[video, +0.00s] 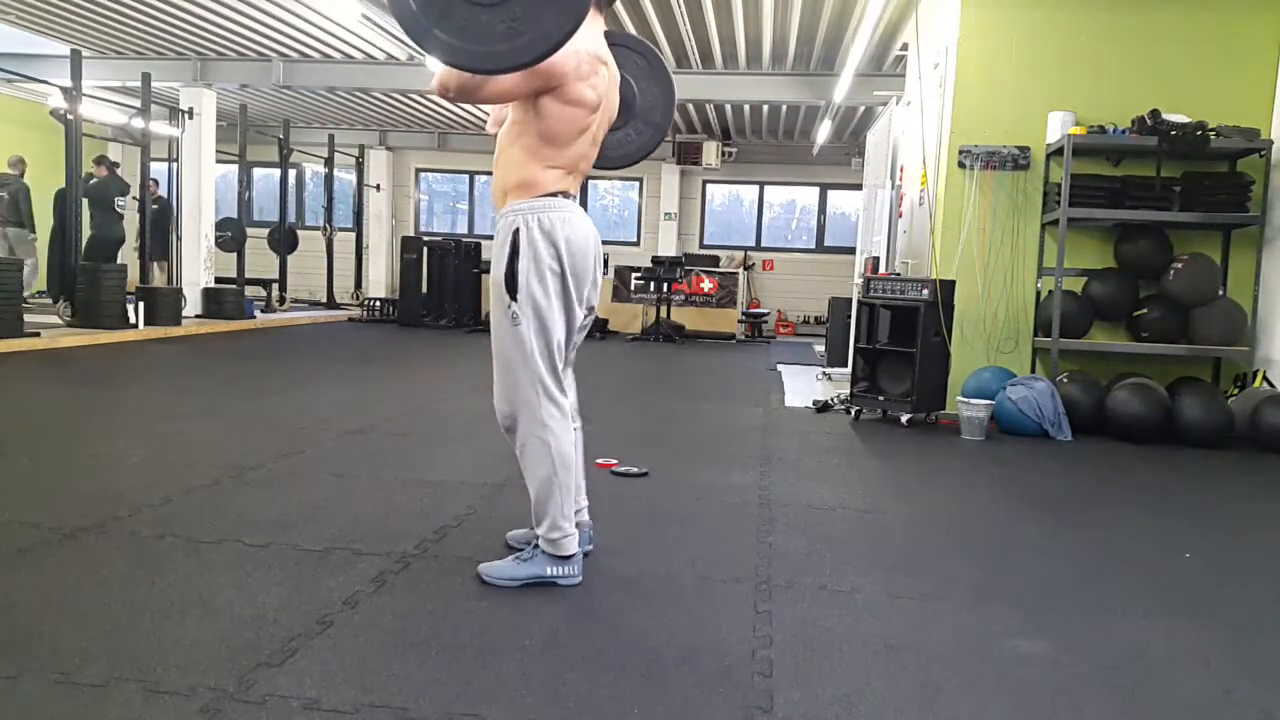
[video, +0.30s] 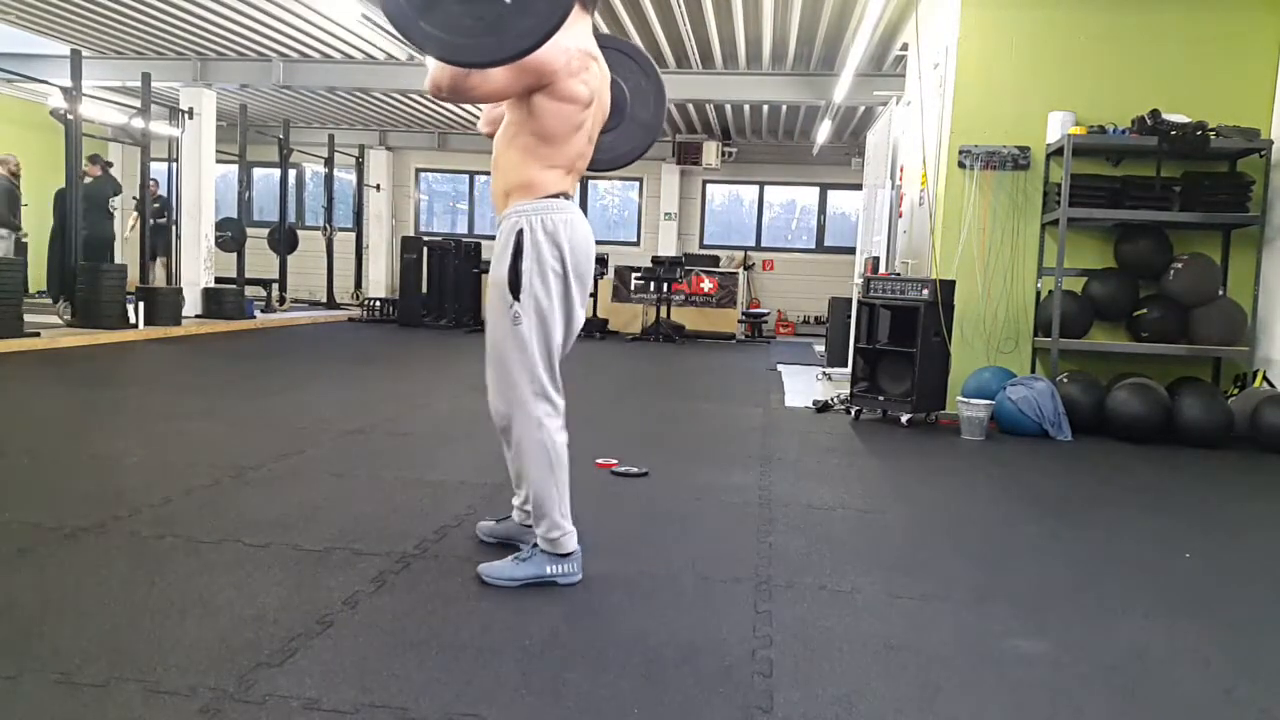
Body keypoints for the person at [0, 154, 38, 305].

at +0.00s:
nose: (25, 170)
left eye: (24, 168)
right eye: (24, 168)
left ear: (9, 167)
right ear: (21, 168)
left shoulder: (2, 182)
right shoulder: (21, 186)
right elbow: (26, 211)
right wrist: (32, 231)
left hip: (2, 227)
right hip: (17, 228)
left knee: (4, 262)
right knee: (30, 259)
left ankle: (5, 293)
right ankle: (24, 292)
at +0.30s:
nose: (19, 168)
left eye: (18, 165)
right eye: (15, 165)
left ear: (7, 166)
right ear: (6, 166)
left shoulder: (11, 185)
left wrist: (18, 227)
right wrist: (18, 228)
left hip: (9, 230)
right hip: (5, 230)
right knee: (5, 266)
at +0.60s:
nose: (10, 166)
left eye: (12, 163)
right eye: (6, 163)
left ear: (14, 163)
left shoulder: (16, 184)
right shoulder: (2, 183)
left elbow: (21, 205)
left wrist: (30, 222)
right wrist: (7, 220)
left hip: (14, 231)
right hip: (3, 231)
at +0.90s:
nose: (16, 166)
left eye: (18, 163)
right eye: (12, 163)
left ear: (21, 164)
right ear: (5, 165)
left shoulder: (29, 185)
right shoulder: (1, 184)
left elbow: (37, 205)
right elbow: (0, 209)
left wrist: (30, 214)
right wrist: (14, 214)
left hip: (22, 233)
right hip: (3, 233)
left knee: (28, 268)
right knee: (3, 269)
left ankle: (34, 300)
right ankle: (4, 301)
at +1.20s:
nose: (23, 166)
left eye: (26, 163)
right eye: (20, 163)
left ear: (31, 163)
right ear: (15, 163)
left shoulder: (41, 184)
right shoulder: (4, 181)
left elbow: (48, 206)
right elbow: (1, 204)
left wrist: (34, 210)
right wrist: (14, 209)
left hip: (29, 233)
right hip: (6, 231)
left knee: (33, 268)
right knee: (6, 268)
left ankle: (35, 301)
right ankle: (7, 302)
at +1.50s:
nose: (12, 169)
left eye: (14, 166)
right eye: (8, 166)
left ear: (20, 165)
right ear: (4, 167)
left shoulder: (31, 186)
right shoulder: (2, 185)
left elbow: (42, 208)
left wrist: (25, 209)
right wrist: (2, 209)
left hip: (24, 236)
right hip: (4, 236)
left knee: (30, 271)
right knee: (5, 272)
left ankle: (34, 302)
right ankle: (6, 304)